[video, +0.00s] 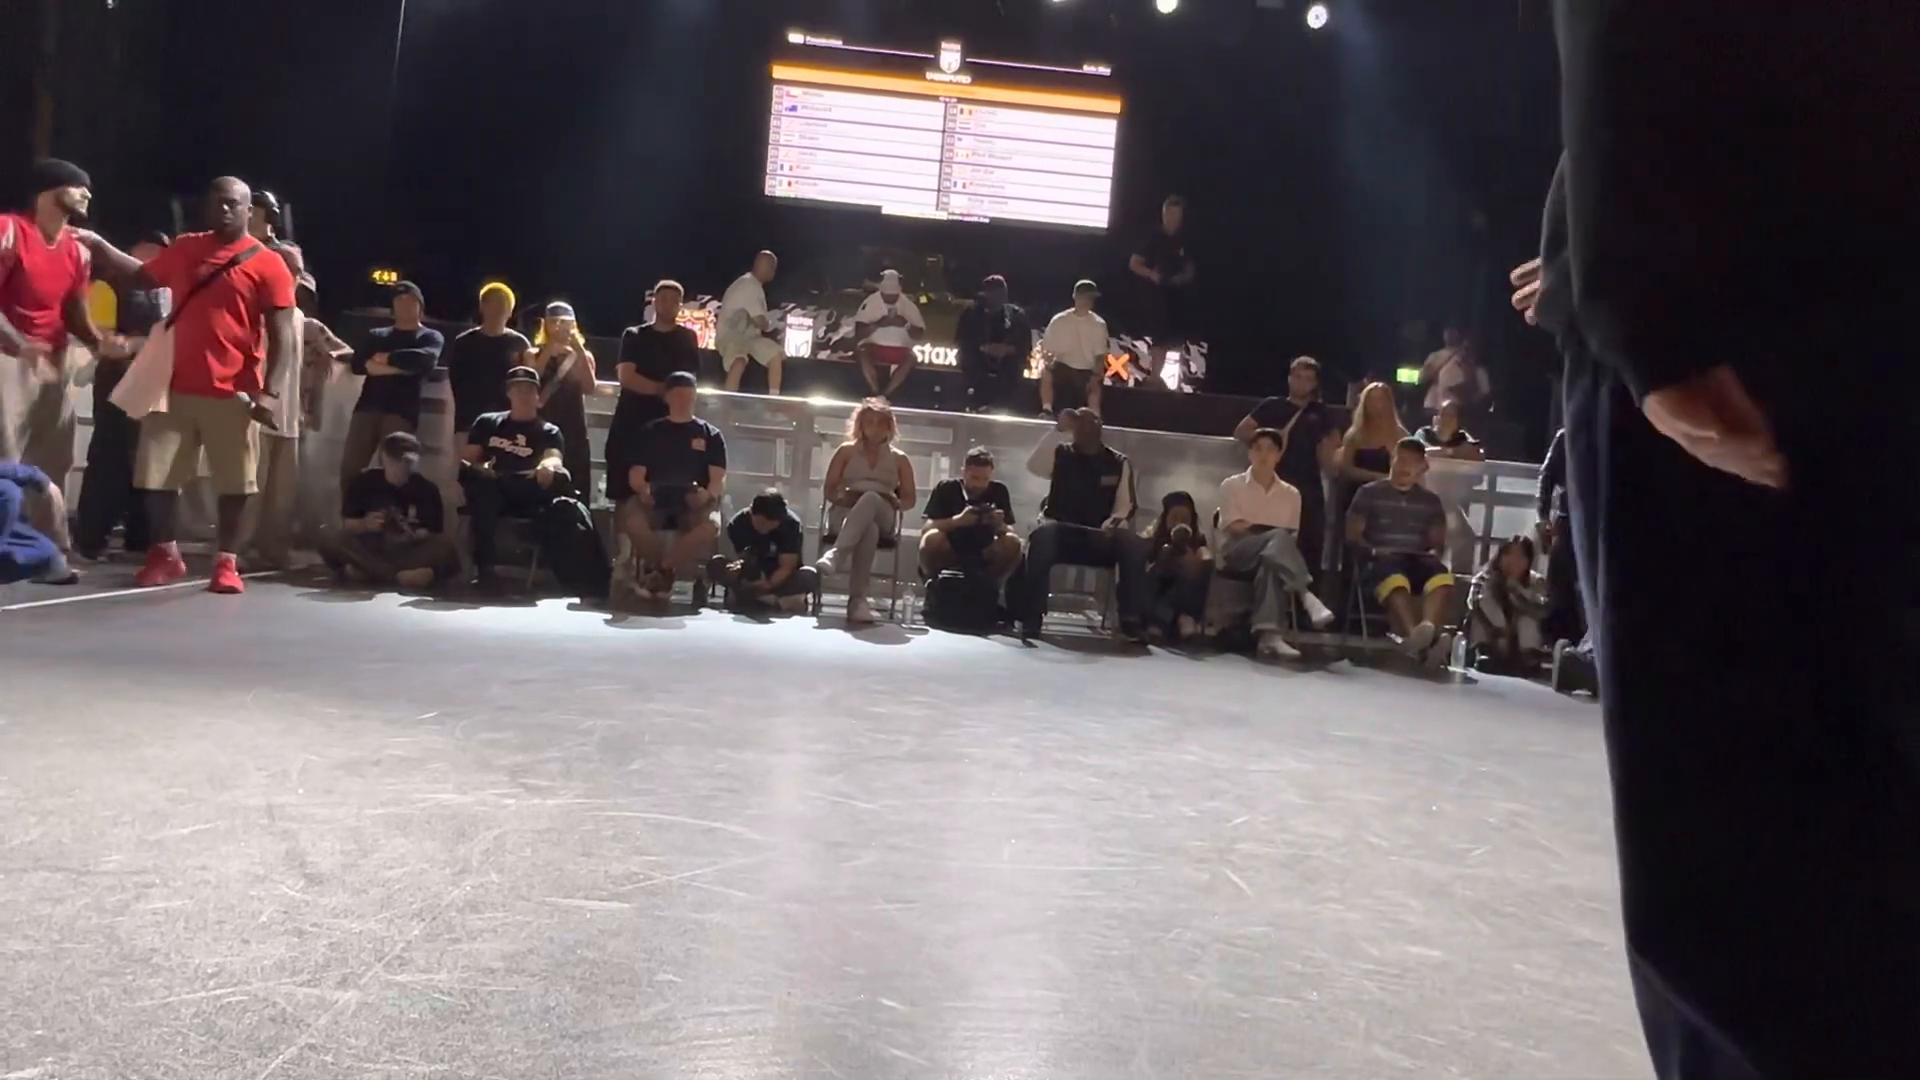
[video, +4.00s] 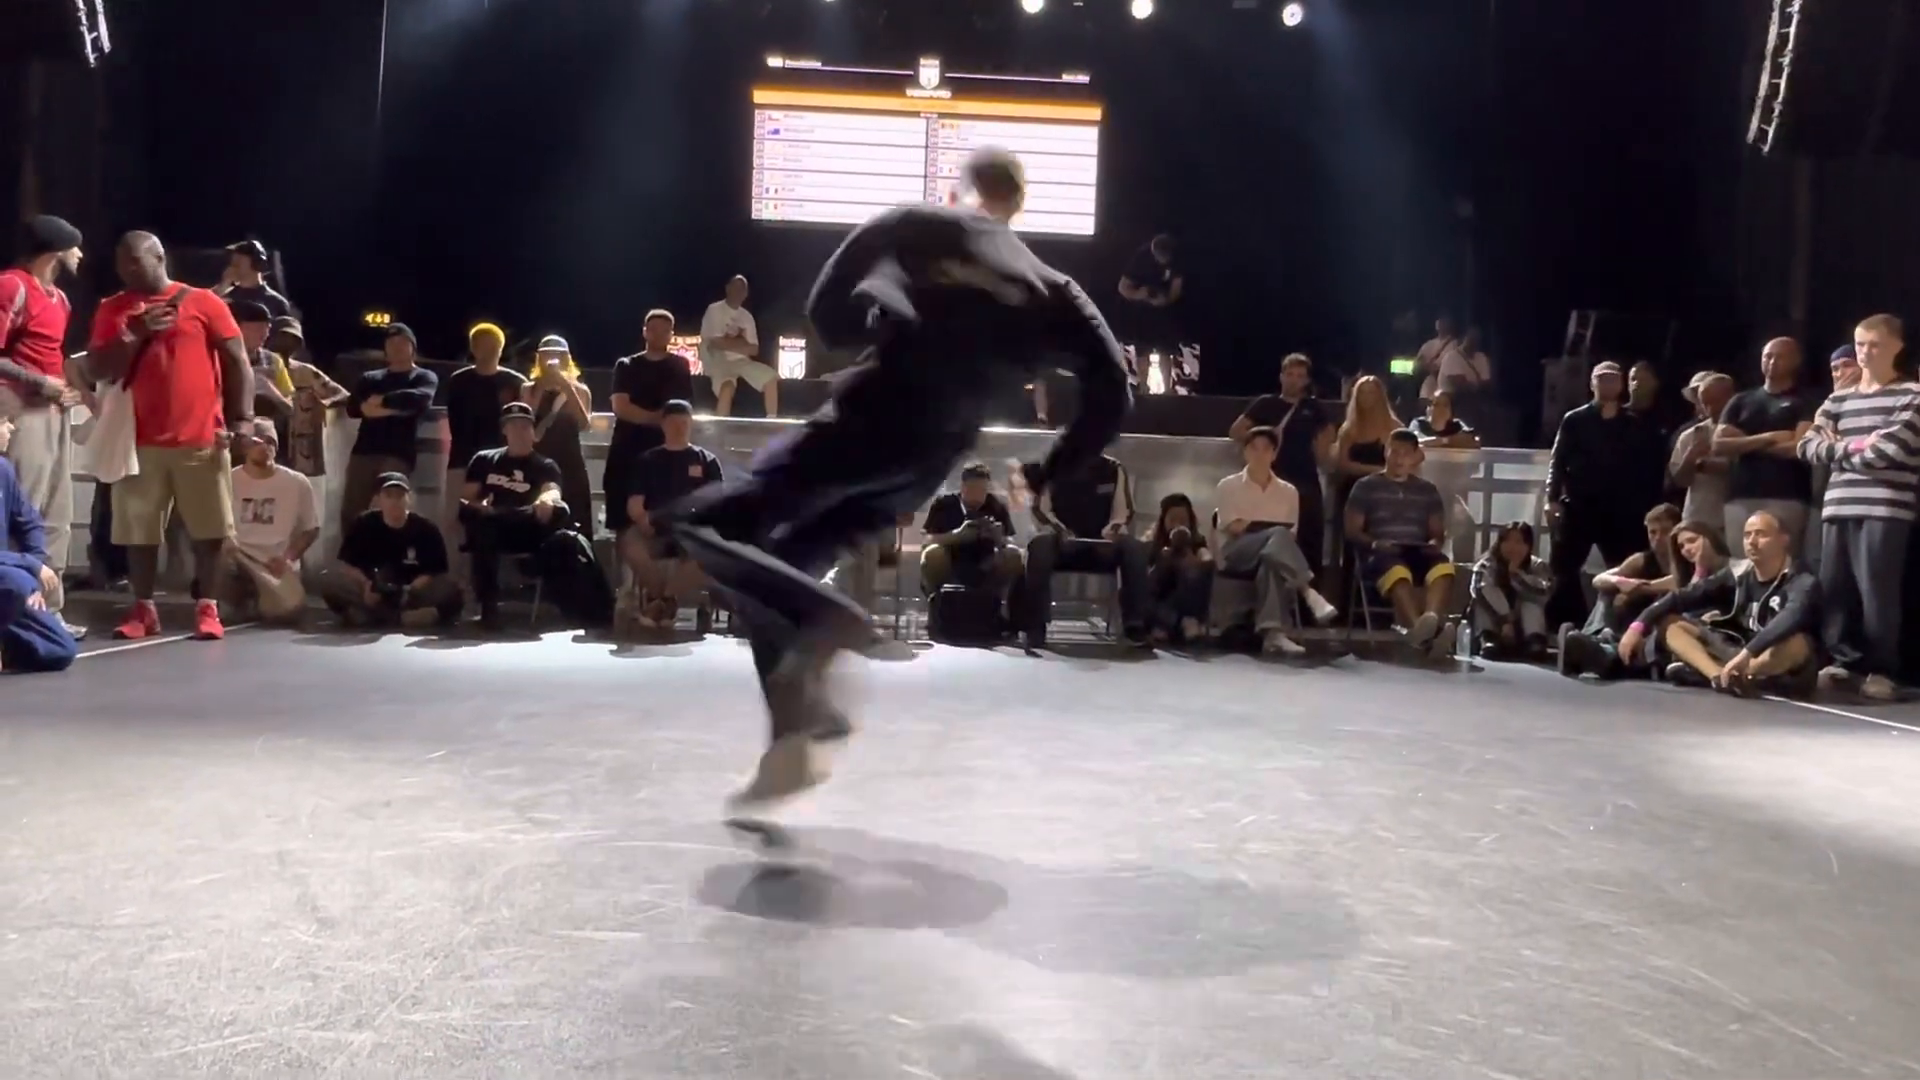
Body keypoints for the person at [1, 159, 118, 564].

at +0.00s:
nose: (87, 194)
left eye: (86, 188)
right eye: (79, 187)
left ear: (66, 196)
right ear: (51, 191)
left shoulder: (77, 250)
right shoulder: (11, 230)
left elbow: (73, 308)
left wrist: (96, 340)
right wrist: (19, 343)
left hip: (57, 362)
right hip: (12, 358)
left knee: (55, 458)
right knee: (8, 451)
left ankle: (53, 549)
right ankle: (9, 546)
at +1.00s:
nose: (94, 235)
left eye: (96, 228)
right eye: (88, 227)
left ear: (70, 224)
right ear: (61, 219)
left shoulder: (78, 270)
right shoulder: (14, 249)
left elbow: (81, 318)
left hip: (56, 376)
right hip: (11, 374)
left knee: (51, 479)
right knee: (8, 478)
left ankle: (38, 573)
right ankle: (4, 577)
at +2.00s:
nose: (77, 284)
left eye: (80, 278)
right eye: (73, 275)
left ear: (63, 266)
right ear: (53, 259)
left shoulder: (66, 306)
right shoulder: (9, 283)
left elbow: (64, 359)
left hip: (43, 410)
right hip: (6, 410)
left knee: (37, 512)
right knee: (4, 510)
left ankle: (21, 607)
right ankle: (3, 606)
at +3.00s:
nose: (74, 275)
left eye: (74, 268)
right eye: (67, 268)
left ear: (48, 271)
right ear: (41, 268)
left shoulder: (62, 318)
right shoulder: (7, 304)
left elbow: (64, 372)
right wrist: (3, 403)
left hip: (52, 424)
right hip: (10, 426)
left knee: (47, 525)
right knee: (7, 524)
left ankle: (33, 622)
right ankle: (8, 621)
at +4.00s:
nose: (78, 256)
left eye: (77, 249)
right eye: (73, 249)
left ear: (50, 251)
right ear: (55, 251)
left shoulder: (59, 297)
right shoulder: (15, 286)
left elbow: (49, 353)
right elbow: (2, 352)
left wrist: (69, 387)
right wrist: (38, 381)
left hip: (54, 409)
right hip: (21, 411)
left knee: (56, 510)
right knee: (24, 508)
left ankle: (48, 610)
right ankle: (22, 608)